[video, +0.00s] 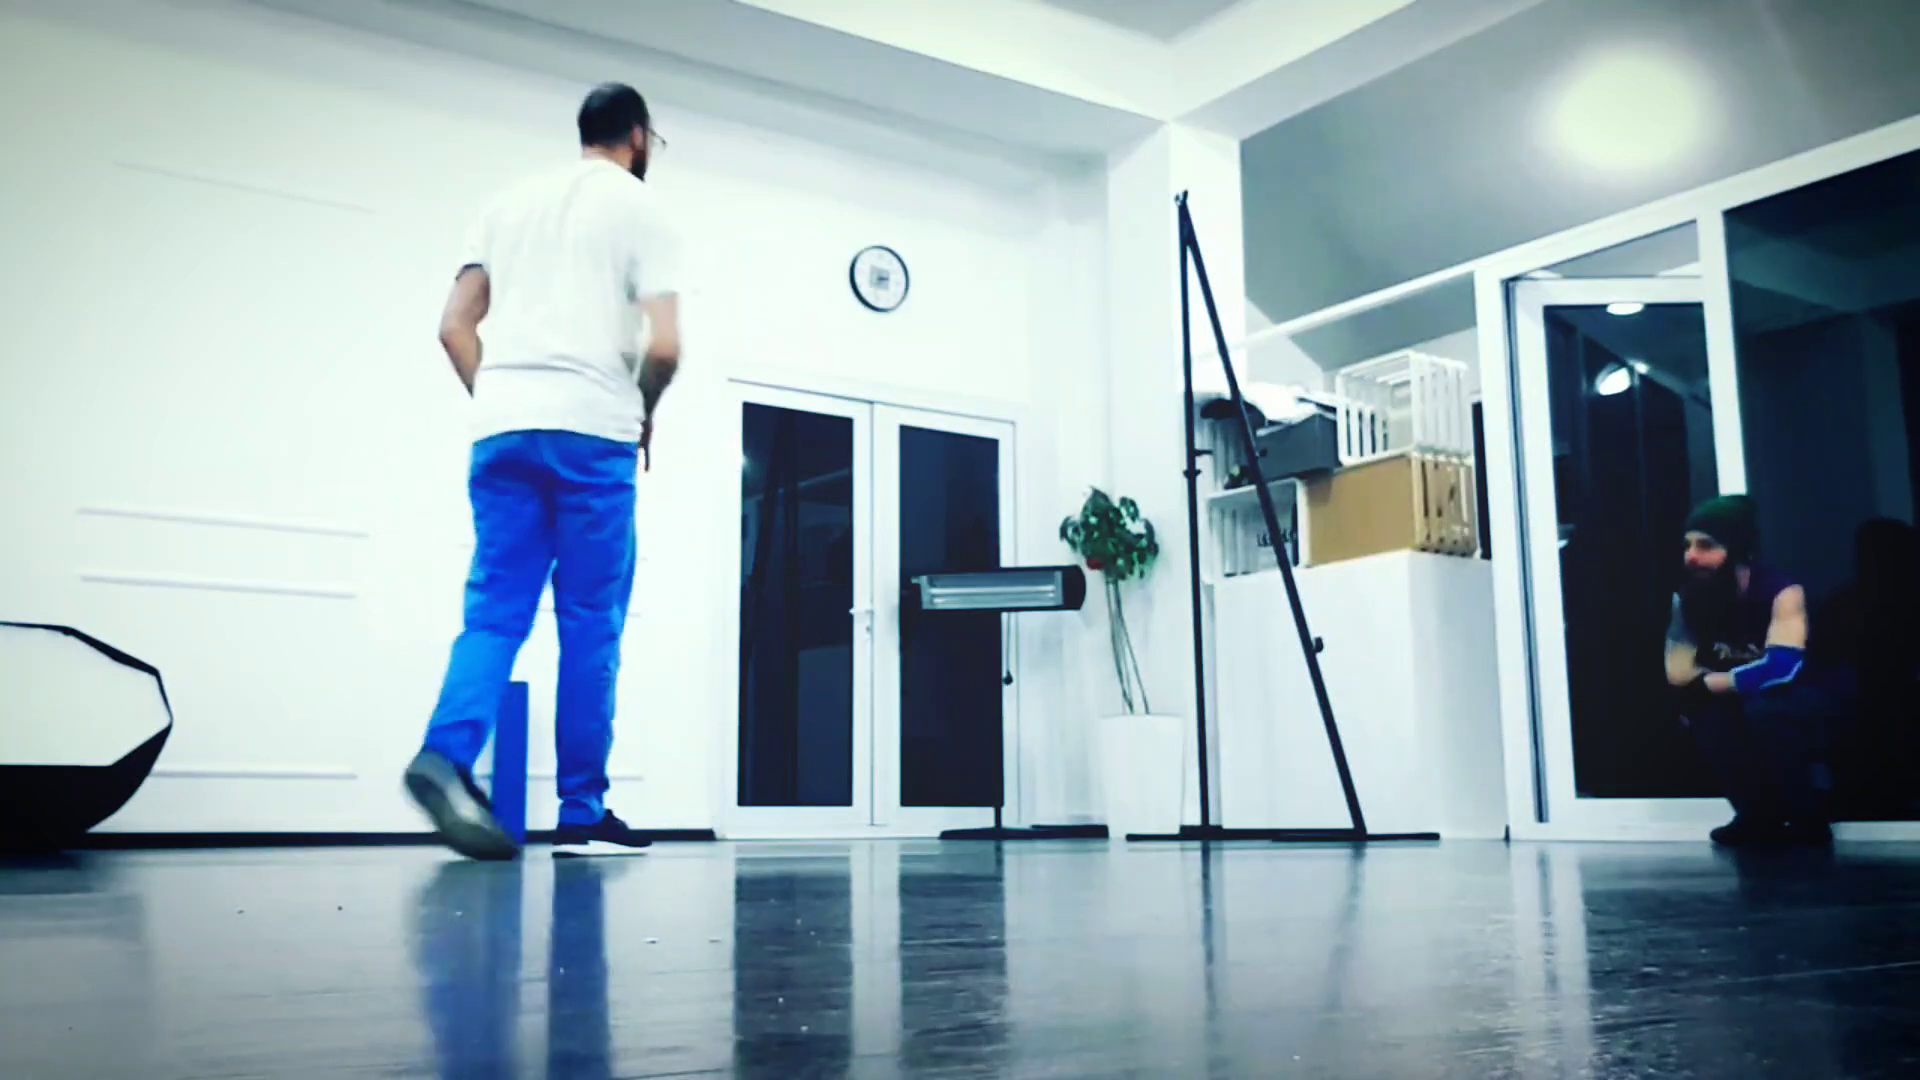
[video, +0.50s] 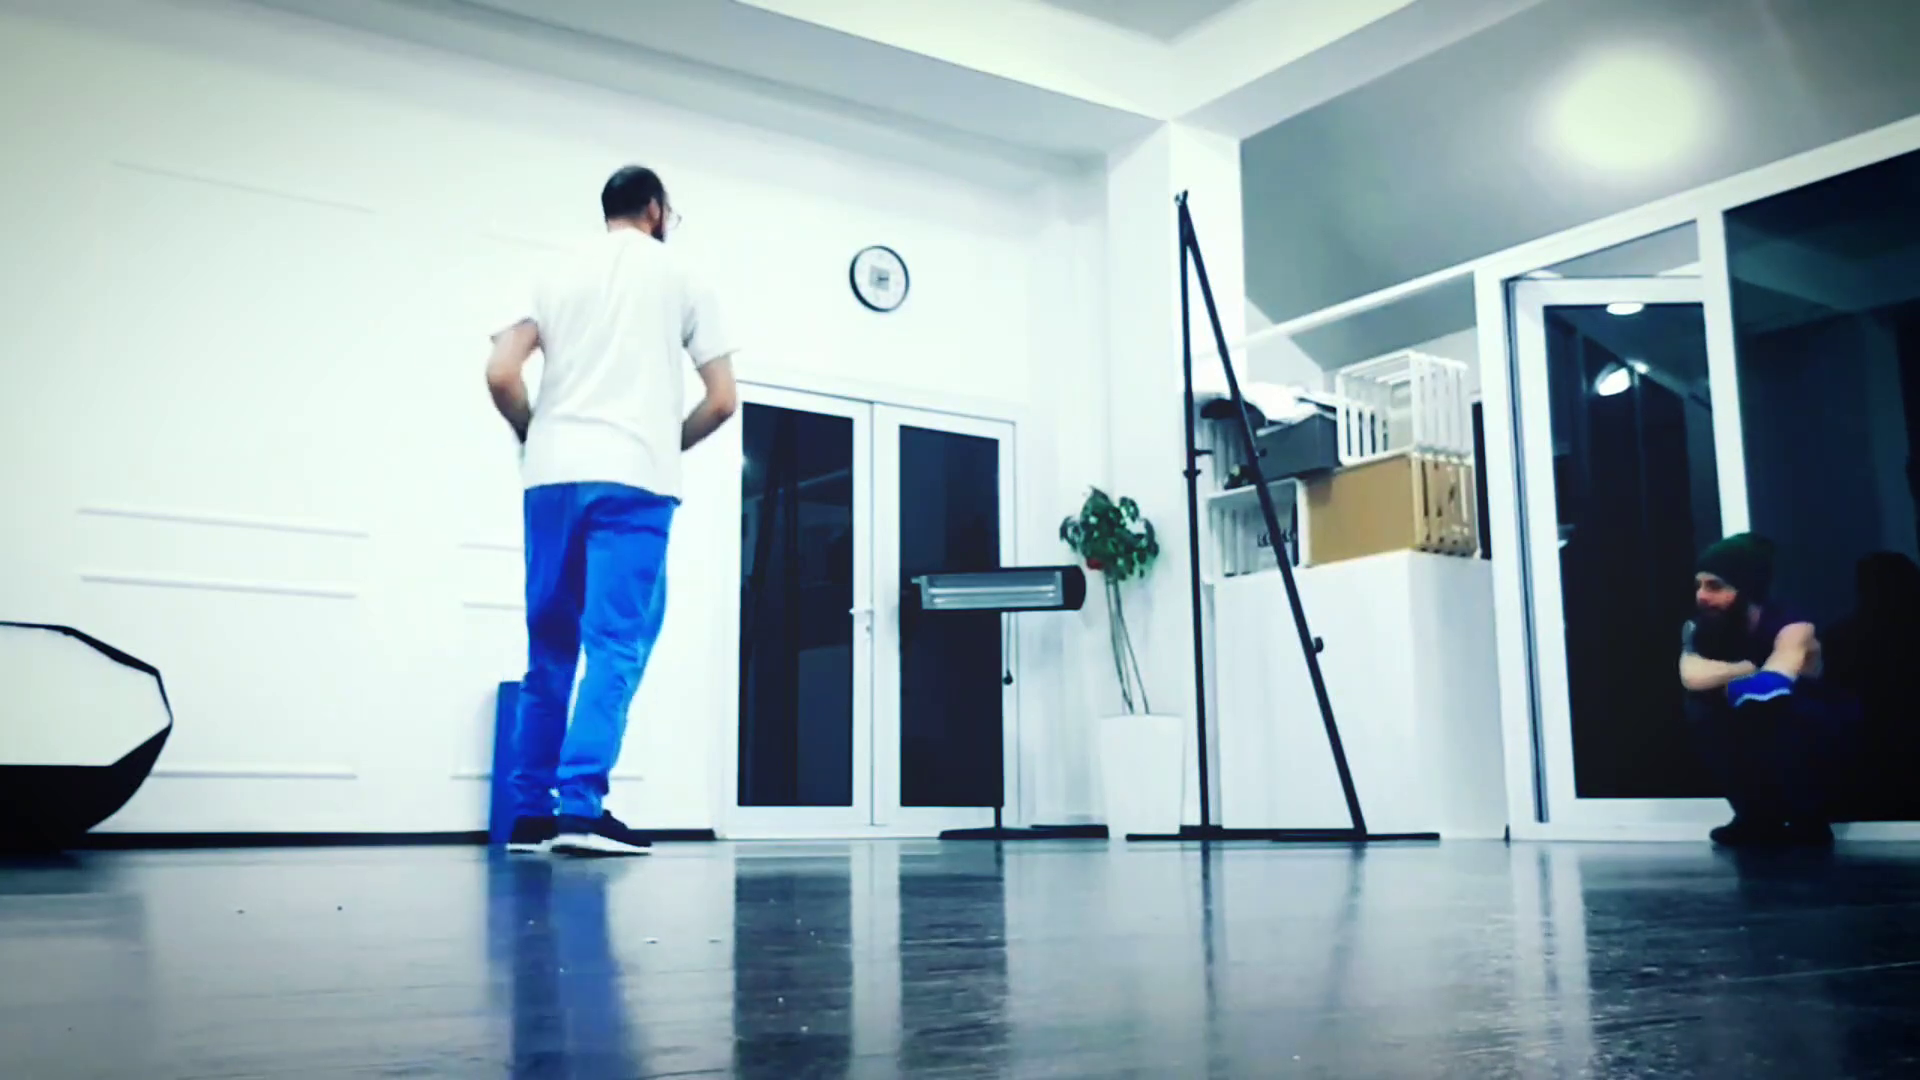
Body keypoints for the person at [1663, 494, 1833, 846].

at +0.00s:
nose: (1691, 556)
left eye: (1705, 546)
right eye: (1688, 545)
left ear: (1735, 548)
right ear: (1684, 546)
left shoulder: (1782, 593)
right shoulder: (1688, 599)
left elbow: (1782, 667)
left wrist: (1705, 682)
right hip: (1735, 706)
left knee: (1764, 708)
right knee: (1701, 710)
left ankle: (1803, 820)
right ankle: (1753, 815)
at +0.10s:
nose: (1695, 566)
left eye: (1709, 556)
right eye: (1692, 555)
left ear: (1739, 559)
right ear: (1689, 555)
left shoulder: (1783, 602)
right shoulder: (1692, 606)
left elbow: (1781, 671)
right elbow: (1674, 671)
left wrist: (1707, 690)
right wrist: (1738, 677)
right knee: (1703, 711)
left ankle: (1803, 821)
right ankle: (1752, 815)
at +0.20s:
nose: (1698, 573)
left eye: (1711, 564)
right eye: (1696, 563)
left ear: (1742, 567)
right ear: (1693, 563)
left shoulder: (1786, 609)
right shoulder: (1694, 611)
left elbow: (1782, 673)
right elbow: (1675, 667)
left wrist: (1713, 689)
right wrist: (1727, 673)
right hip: (1738, 728)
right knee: (1701, 709)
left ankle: (1805, 823)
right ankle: (1753, 817)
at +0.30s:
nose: (1703, 581)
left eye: (1715, 572)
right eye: (1700, 571)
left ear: (1745, 575)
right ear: (1697, 571)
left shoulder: (1790, 618)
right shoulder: (1698, 616)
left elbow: (1778, 679)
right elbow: (1681, 666)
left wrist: (1717, 689)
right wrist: (1739, 668)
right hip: (1738, 729)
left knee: (1770, 712)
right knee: (1708, 713)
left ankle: (1806, 823)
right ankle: (1753, 818)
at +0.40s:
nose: (1703, 589)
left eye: (1717, 580)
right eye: (1701, 578)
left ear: (1746, 583)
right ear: (1697, 579)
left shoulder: (1792, 624)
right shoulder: (1698, 621)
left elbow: (1775, 684)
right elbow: (1687, 667)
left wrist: (1713, 682)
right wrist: (1755, 666)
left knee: (1769, 711)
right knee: (1707, 714)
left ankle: (1807, 823)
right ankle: (1755, 818)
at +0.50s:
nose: (1702, 596)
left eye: (1715, 587)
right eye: (1699, 586)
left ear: (1746, 589)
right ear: (1694, 586)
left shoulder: (1792, 625)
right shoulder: (1697, 630)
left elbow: (1788, 656)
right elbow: (1693, 676)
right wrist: (1753, 667)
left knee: (1771, 708)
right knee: (1703, 708)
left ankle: (1807, 823)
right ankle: (1753, 817)